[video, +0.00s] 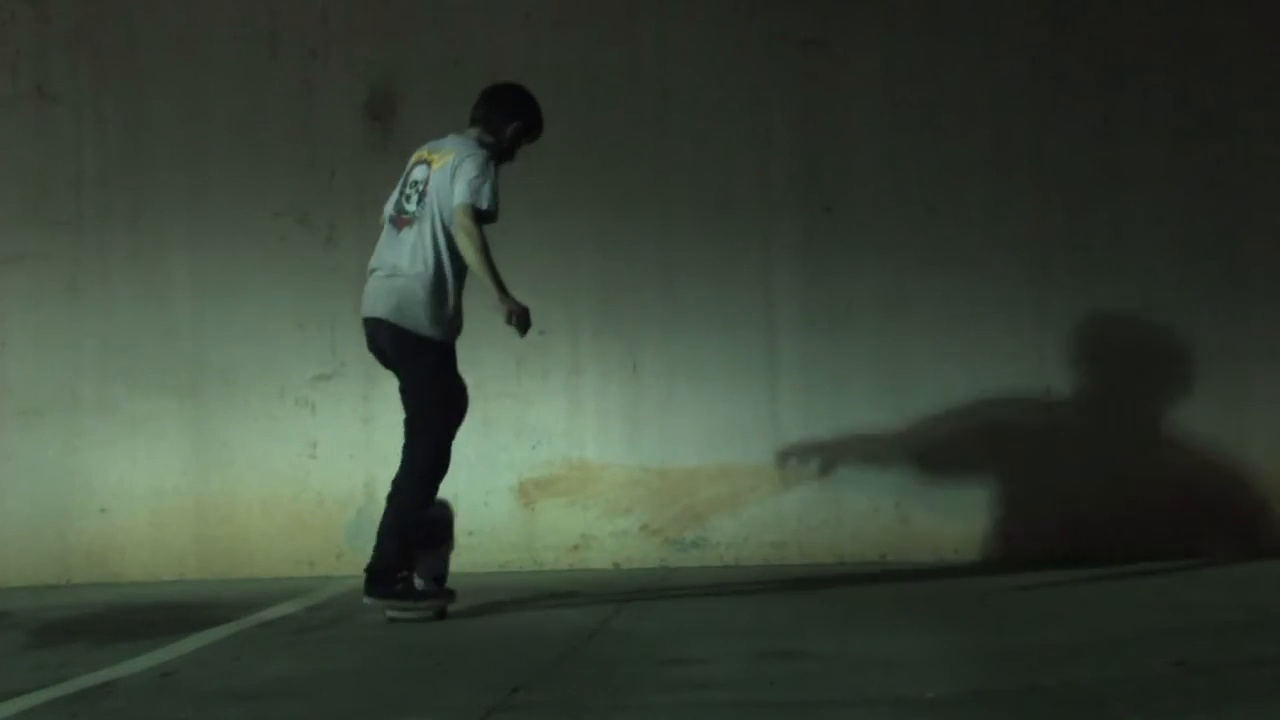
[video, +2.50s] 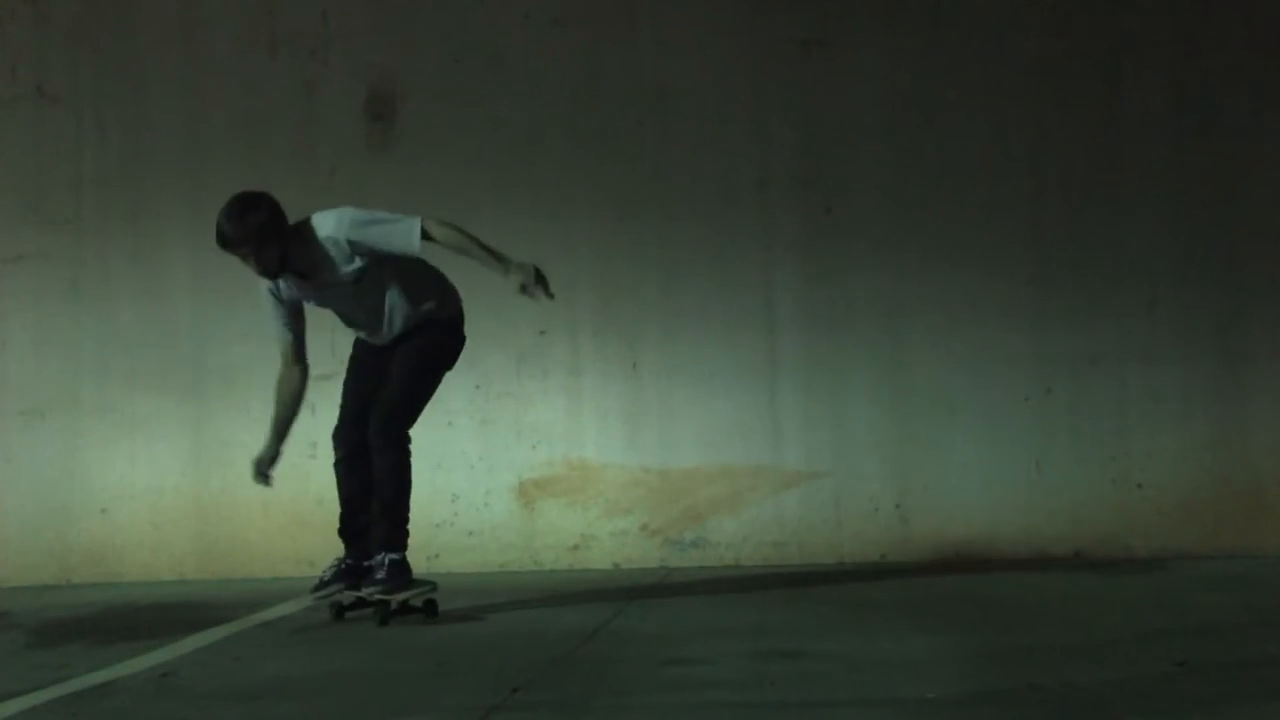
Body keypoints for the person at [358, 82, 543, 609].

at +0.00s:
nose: (517, 154)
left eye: (524, 145)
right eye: (522, 142)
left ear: (479, 119)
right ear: (508, 128)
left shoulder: (428, 152)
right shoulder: (473, 157)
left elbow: (395, 215)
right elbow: (461, 219)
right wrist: (504, 297)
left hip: (384, 313)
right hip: (416, 318)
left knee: (453, 401)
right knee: (429, 436)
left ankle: (414, 514)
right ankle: (388, 570)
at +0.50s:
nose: (515, 171)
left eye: (519, 161)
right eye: (515, 159)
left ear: (481, 145)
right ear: (495, 150)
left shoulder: (441, 172)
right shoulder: (458, 189)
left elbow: (408, 216)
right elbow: (477, 274)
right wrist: (547, 315)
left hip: (439, 327)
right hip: (407, 337)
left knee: (518, 391)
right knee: (435, 451)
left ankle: (513, 500)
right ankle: (441, 567)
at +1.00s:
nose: (467, 156)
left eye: (471, 146)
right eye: (462, 145)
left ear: (460, 140)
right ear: (432, 134)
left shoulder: (458, 172)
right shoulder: (379, 178)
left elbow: (533, 156)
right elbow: (300, 214)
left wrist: (611, 156)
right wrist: (233, 268)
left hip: (446, 306)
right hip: (400, 324)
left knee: (534, 359)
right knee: (427, 440)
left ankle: (569, 463)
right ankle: (441, 564)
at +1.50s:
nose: (360, 135)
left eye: (364, 124)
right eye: (349, 128)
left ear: (371, 120)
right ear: (326, 134)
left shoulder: (398, 139)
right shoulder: (328, 172)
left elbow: (442, 126)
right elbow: (320, 163)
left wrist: (476, 115)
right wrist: (308, 114)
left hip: (458, 263)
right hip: (408, 295)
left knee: (420, 305)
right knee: (429, 421)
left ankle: (443, 417)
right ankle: (453, 550)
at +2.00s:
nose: (340, 259)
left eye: (347, 247)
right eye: (328, 250)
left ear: (358, 237)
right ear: (308, 244)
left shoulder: (390, 267)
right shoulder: (298, 284)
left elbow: (475, 278)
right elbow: (246, 330)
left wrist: (564, 299)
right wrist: (209, 356)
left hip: (405, 397)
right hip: (346, 403)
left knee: (342, 454)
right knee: (306, 470)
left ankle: (379, 566)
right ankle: (347, 563)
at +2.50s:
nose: (253, 265)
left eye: (254, 251)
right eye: (243, 258)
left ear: (277, 231)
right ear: (242, 254)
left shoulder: (337, 229)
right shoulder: (280, 283)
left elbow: (430, 229)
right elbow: (292, 365)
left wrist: (508, 267)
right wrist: (273, 445)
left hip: (431, 324)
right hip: (377, 339)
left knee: (387, 430)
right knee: (348, 438)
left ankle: (391, 560)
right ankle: (359, 558)